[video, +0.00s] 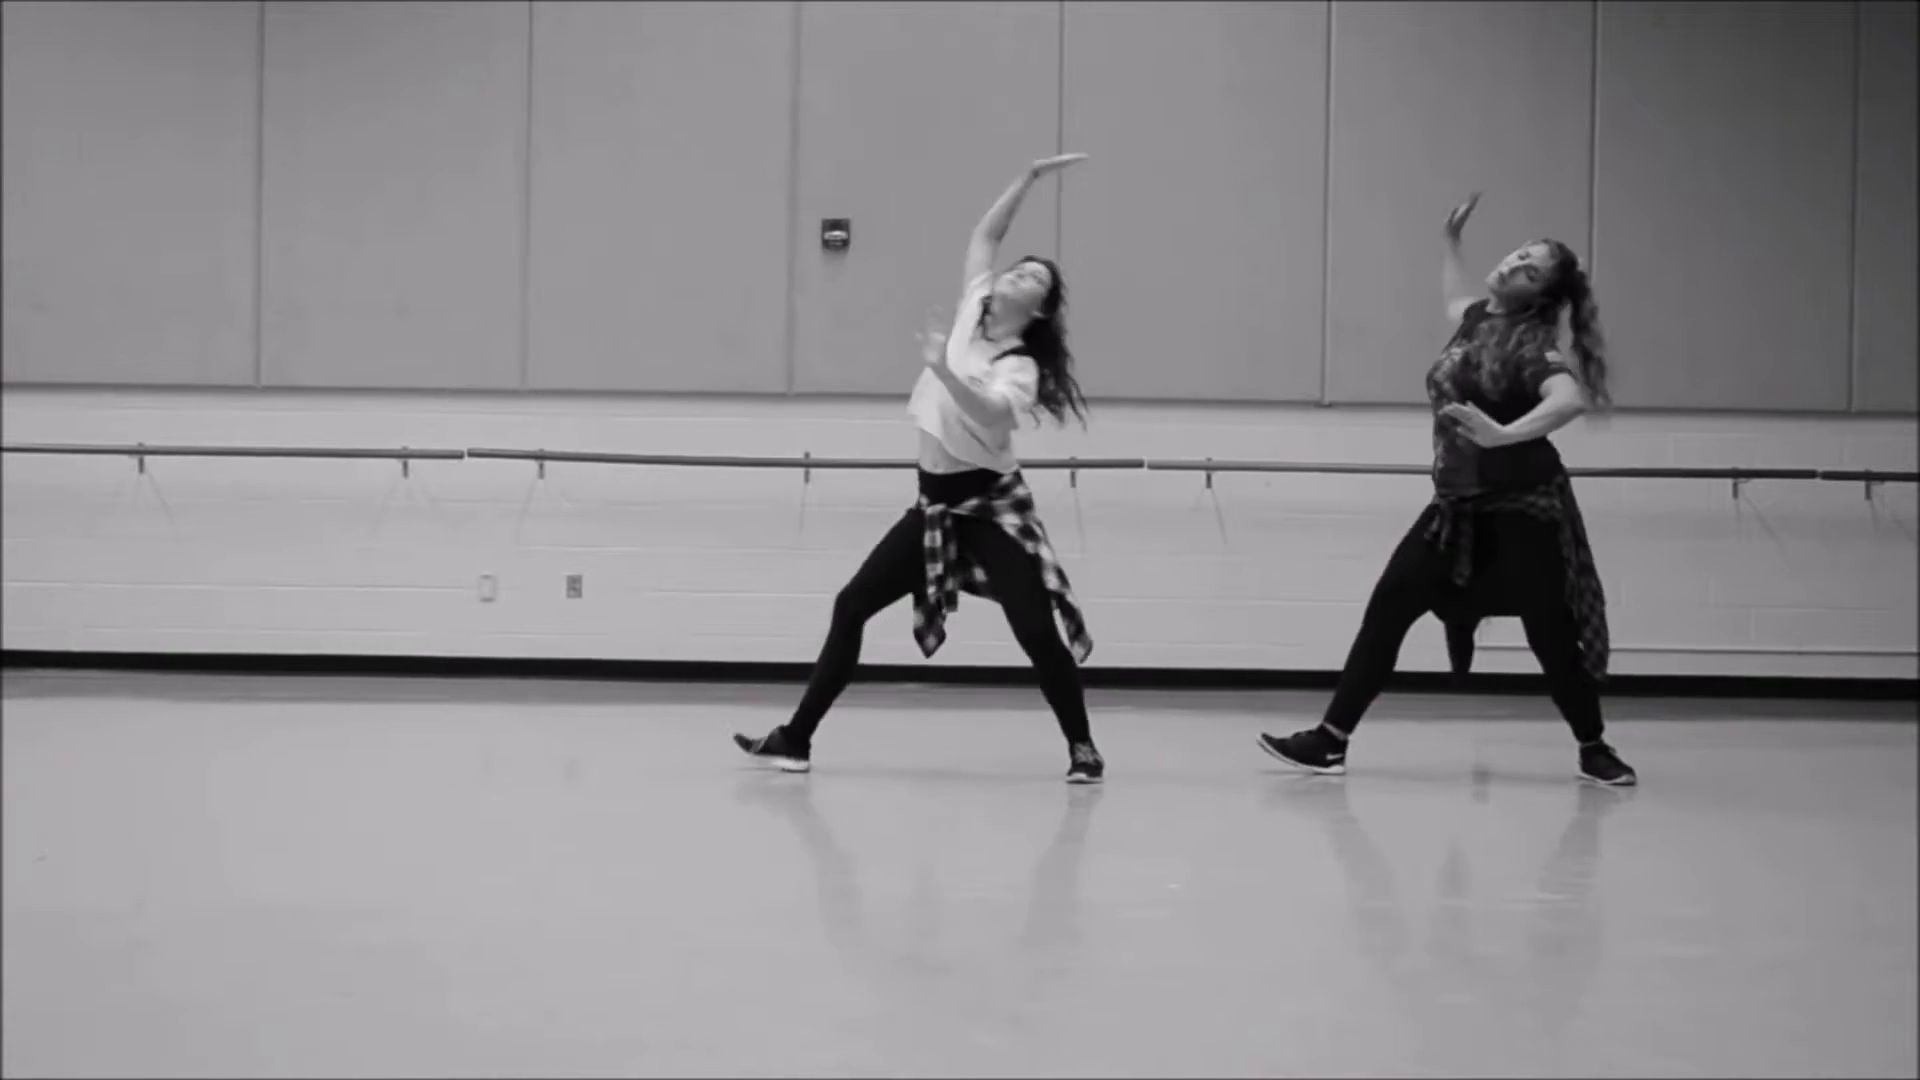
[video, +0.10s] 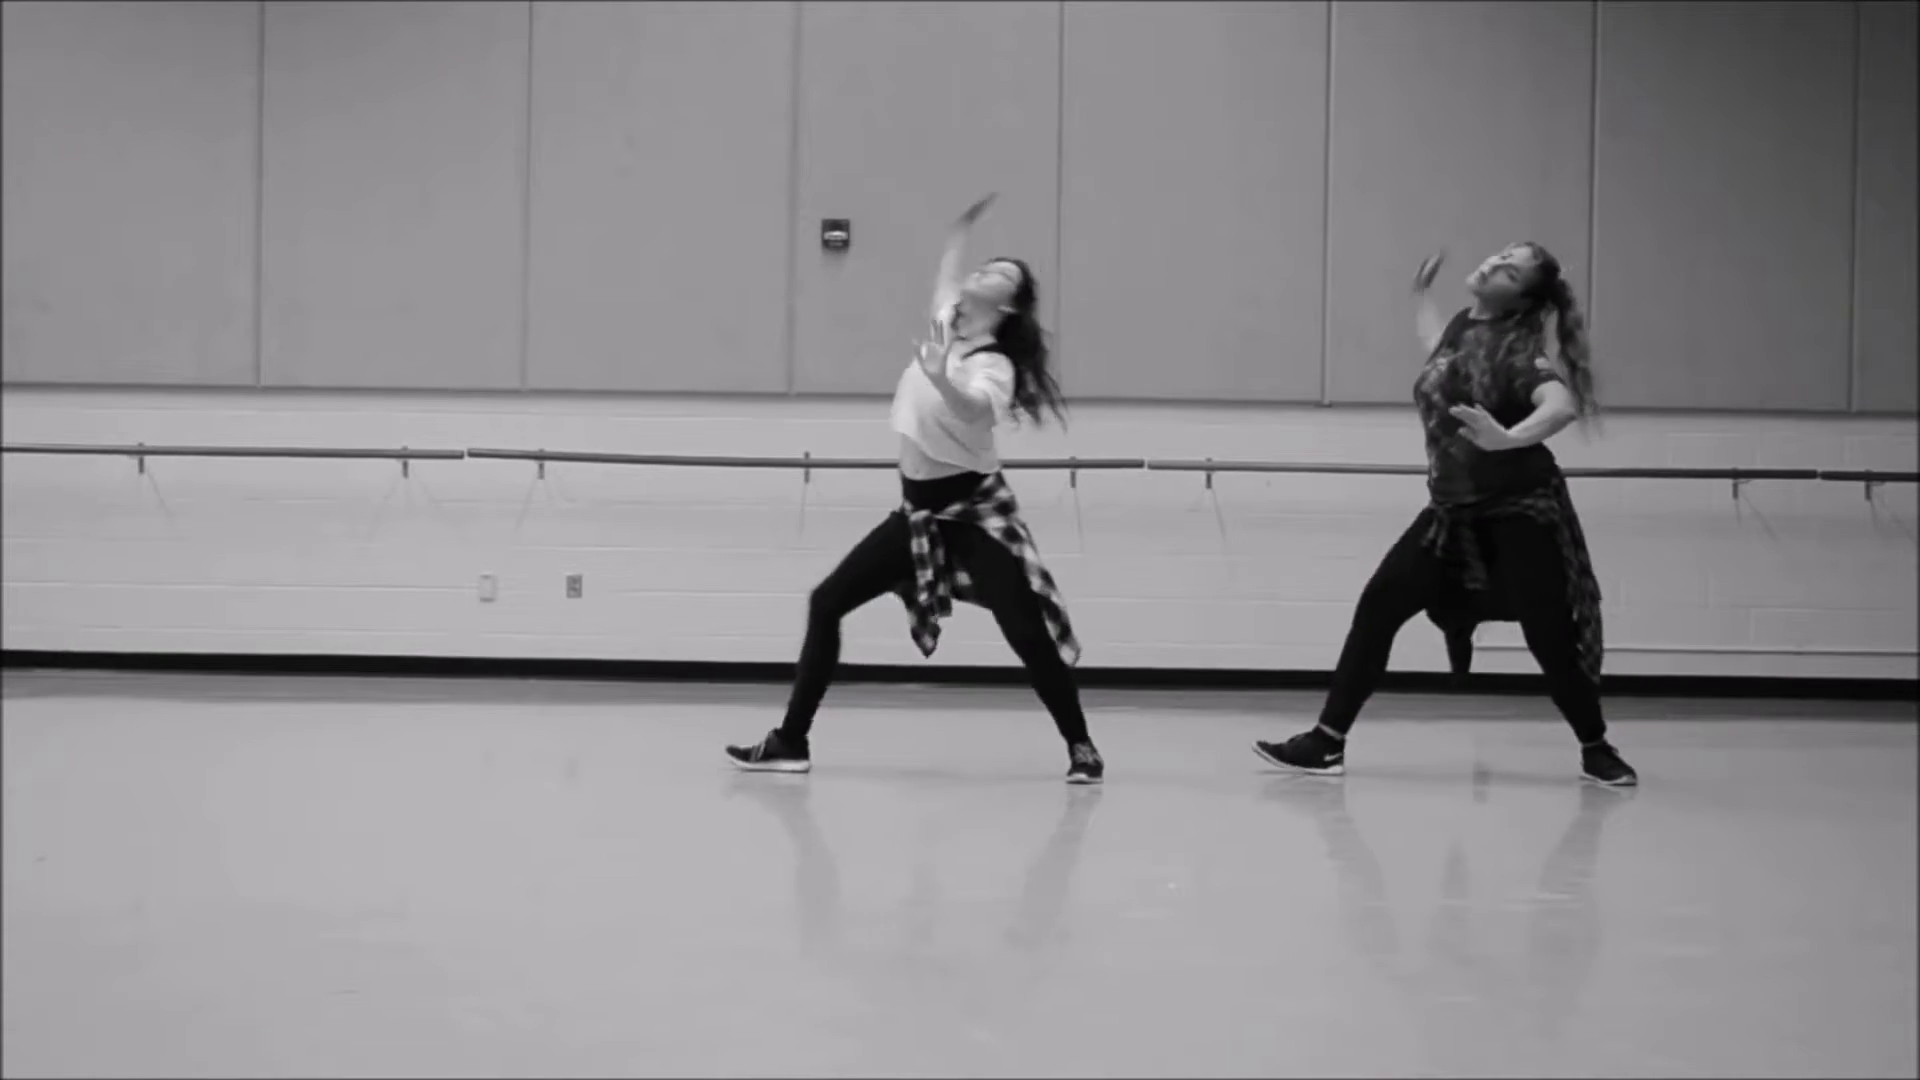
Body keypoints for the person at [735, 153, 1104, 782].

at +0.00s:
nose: (1018, 274)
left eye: (1034, 278)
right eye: (1018, 269)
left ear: (1040, 311)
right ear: (997, 282)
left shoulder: (1022, 367)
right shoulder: (969, 315)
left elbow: (996, 420)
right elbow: (985, 237)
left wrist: (942, 368)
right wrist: (1027, 176)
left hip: (992, 509)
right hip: (934, 509)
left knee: (1036, 634)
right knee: (852, 604)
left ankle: (1082, 749)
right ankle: (795, 738)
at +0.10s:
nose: (987, 273)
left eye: (1003, 275)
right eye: (989, 267)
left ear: (1010, 308)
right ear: (971, 286)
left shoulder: (991, 364)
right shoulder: (945, 330)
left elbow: (980, 411)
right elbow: (949, 280)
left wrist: (942, 380)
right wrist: (959, 230)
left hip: (977, 519)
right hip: (917, 517)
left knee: (1026, 635)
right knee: (826, 603)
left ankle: (1081, 746)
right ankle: (791, 738)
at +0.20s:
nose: (946, 273)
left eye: (962, 273)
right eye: (948, 266)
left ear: (971, 303)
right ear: (933, 284)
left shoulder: (963, 362)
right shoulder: (907, 342)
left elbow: (973, 407)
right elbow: (901, 317)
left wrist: (946, 384)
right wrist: (906, 293)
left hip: (950, 516)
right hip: (893, 518)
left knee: (1012, 637)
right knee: (795, 600)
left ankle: (1077, 745)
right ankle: (788, 739)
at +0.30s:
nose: (904, 267)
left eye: (920, 268)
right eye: (909, 261)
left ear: (930, 299)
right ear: (894, 284)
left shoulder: (918, 359)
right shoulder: (870, 340)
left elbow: (942, 405)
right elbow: (863, 336)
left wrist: (955, 380)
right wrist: (859, 314)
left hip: (912, 511)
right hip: (859, 513)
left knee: (981, 627)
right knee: (766, 602)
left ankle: (1054, 735)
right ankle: (784, 741)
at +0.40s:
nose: (870, 266)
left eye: (886, 265)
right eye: (873, 260)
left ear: (902, 295)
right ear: (862, 281)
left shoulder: (901, 361)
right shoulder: (841, 337)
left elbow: (927, 398)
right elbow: (830, 325)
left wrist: (954, 393)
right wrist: (826, 313)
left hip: (884, 509)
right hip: (826, 509)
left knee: (916, 598)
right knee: (746, 607)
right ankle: (782, 741)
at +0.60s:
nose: (845, 260)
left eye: (860, 258)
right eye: (848, 254)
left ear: (880, 288)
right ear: (838, 276)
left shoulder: (885, 355)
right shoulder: (819, 333)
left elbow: (916, 393)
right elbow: (806, 356)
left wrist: (957, 389)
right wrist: (795, 335)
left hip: (848, 508)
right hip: (789, 501)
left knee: (843, 631)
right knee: (690, 578)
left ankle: (850, 743)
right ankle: (730, 705)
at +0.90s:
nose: (837, 271)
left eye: (853, 272)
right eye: (841, 265)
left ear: (869, 303)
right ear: (831, 286)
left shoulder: (865, 368)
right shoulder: (798, 340)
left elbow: (875, 421)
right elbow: (769, 400)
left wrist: (876, 396)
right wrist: (717, 382)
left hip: (814, 510)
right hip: (752, 507)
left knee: (835, 628)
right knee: (659, 599)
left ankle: (850, 743)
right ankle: (658, 740)